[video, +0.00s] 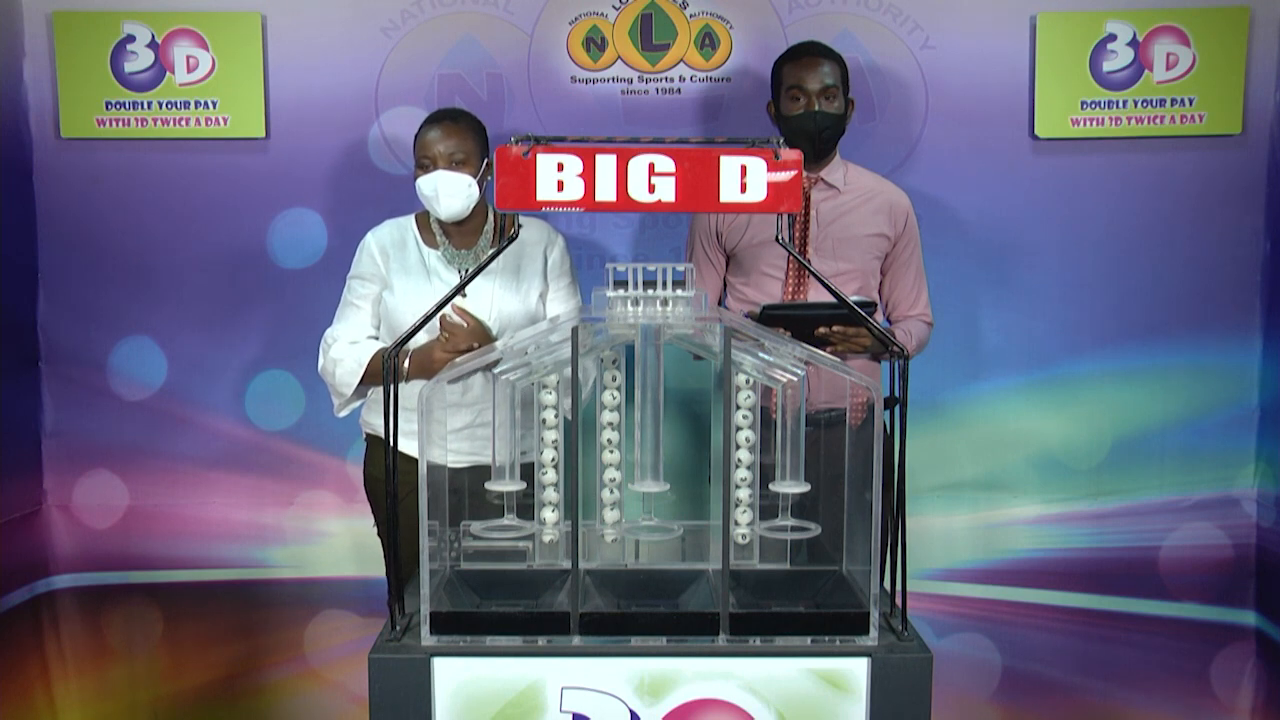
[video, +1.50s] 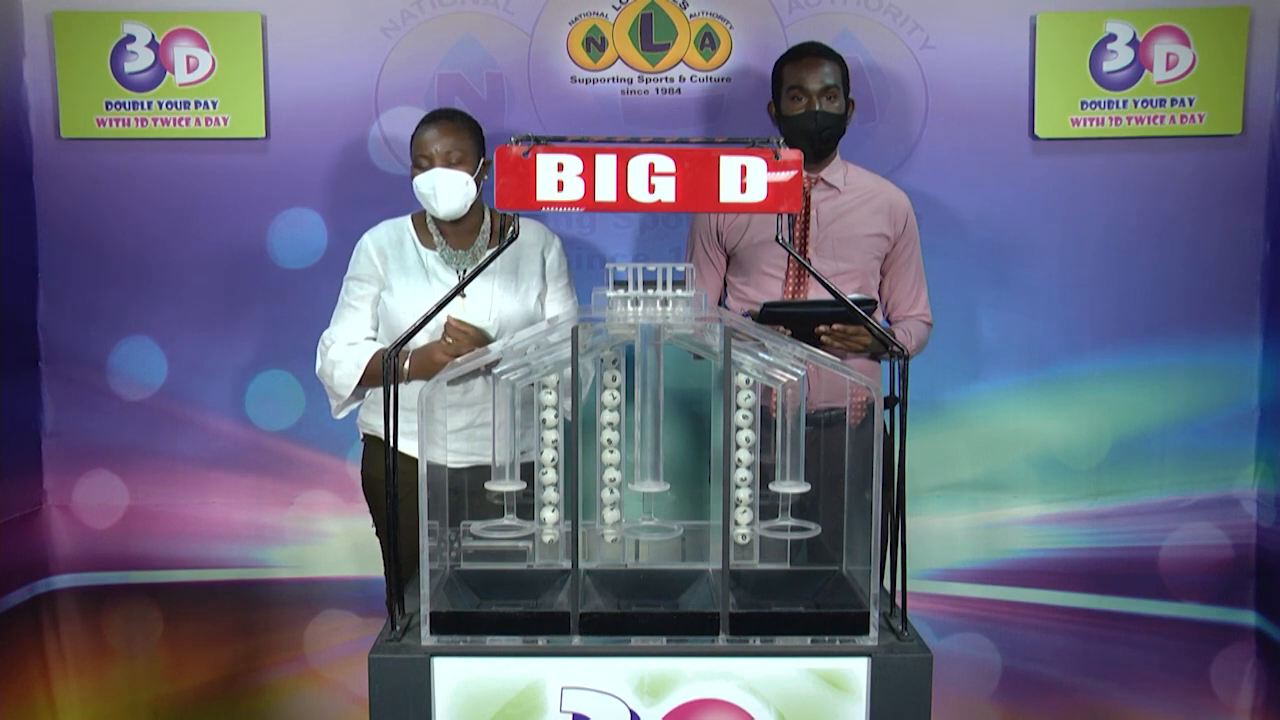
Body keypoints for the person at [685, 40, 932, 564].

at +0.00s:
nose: (812, 107)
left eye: (828, 94)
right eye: (795, 95)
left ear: (848, 108)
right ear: (774, 109)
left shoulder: (888, 205)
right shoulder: (726, 200)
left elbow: (914, 320)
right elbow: (696, 318)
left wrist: (876, 341)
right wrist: (761, 340)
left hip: (843, 415)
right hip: (752, 415)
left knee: (844, 579)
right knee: (753, 577)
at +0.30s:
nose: (813, 107)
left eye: (828, 94)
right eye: (795, 95)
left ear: (848, 108)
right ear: (774, 109)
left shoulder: (887, 205)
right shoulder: (726, 200)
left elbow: (914, 320)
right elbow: (696, 318)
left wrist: (875, 341)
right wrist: (760, 339)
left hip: (843, 416)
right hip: (752, 416)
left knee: (844, 579)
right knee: (753, 577)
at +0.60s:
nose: (812, 108)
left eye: (828, 94)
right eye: (795, 95)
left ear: (848, 108)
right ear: (774, 109)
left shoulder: (887, 205)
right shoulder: (726, 200)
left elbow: (914, 320)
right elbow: (696, 318)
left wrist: (875, 341)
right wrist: (760, 337)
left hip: (843, 417)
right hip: (751, 417)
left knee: (844, 581)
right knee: (753, 579)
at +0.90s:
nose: (813, 107)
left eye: (828, 94)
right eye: (796, 95)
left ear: (848, 108)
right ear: (774, 109)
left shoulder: (887, 205)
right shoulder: (726, 200)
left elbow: (915, 320)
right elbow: (696, 318)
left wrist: (876, 341)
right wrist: (760, 337)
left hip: (843, 417)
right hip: (752, 417)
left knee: (844, 581)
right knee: (753, 579)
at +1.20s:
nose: (813, 107)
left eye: (829, 94)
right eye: (796, 95)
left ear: (848, 108)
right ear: (774, 109)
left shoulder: (887, 205)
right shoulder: (726, 199)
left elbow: (914, 320)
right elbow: (696, 318)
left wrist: (876, 341)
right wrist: (760, 337)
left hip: (843, 417)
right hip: (752, 417)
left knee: (844, 580)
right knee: (754, 579)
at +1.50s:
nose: (814, 107)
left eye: (829, 94)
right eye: (797, 95)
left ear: (848, 108)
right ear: (775, 109)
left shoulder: (888, 205)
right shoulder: (727, 200)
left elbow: (914, 320)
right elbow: (696, 316)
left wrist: (876, 340)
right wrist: (757, 335)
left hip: (843, 415)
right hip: (752, 414)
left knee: (844, 578)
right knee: (753, 576)